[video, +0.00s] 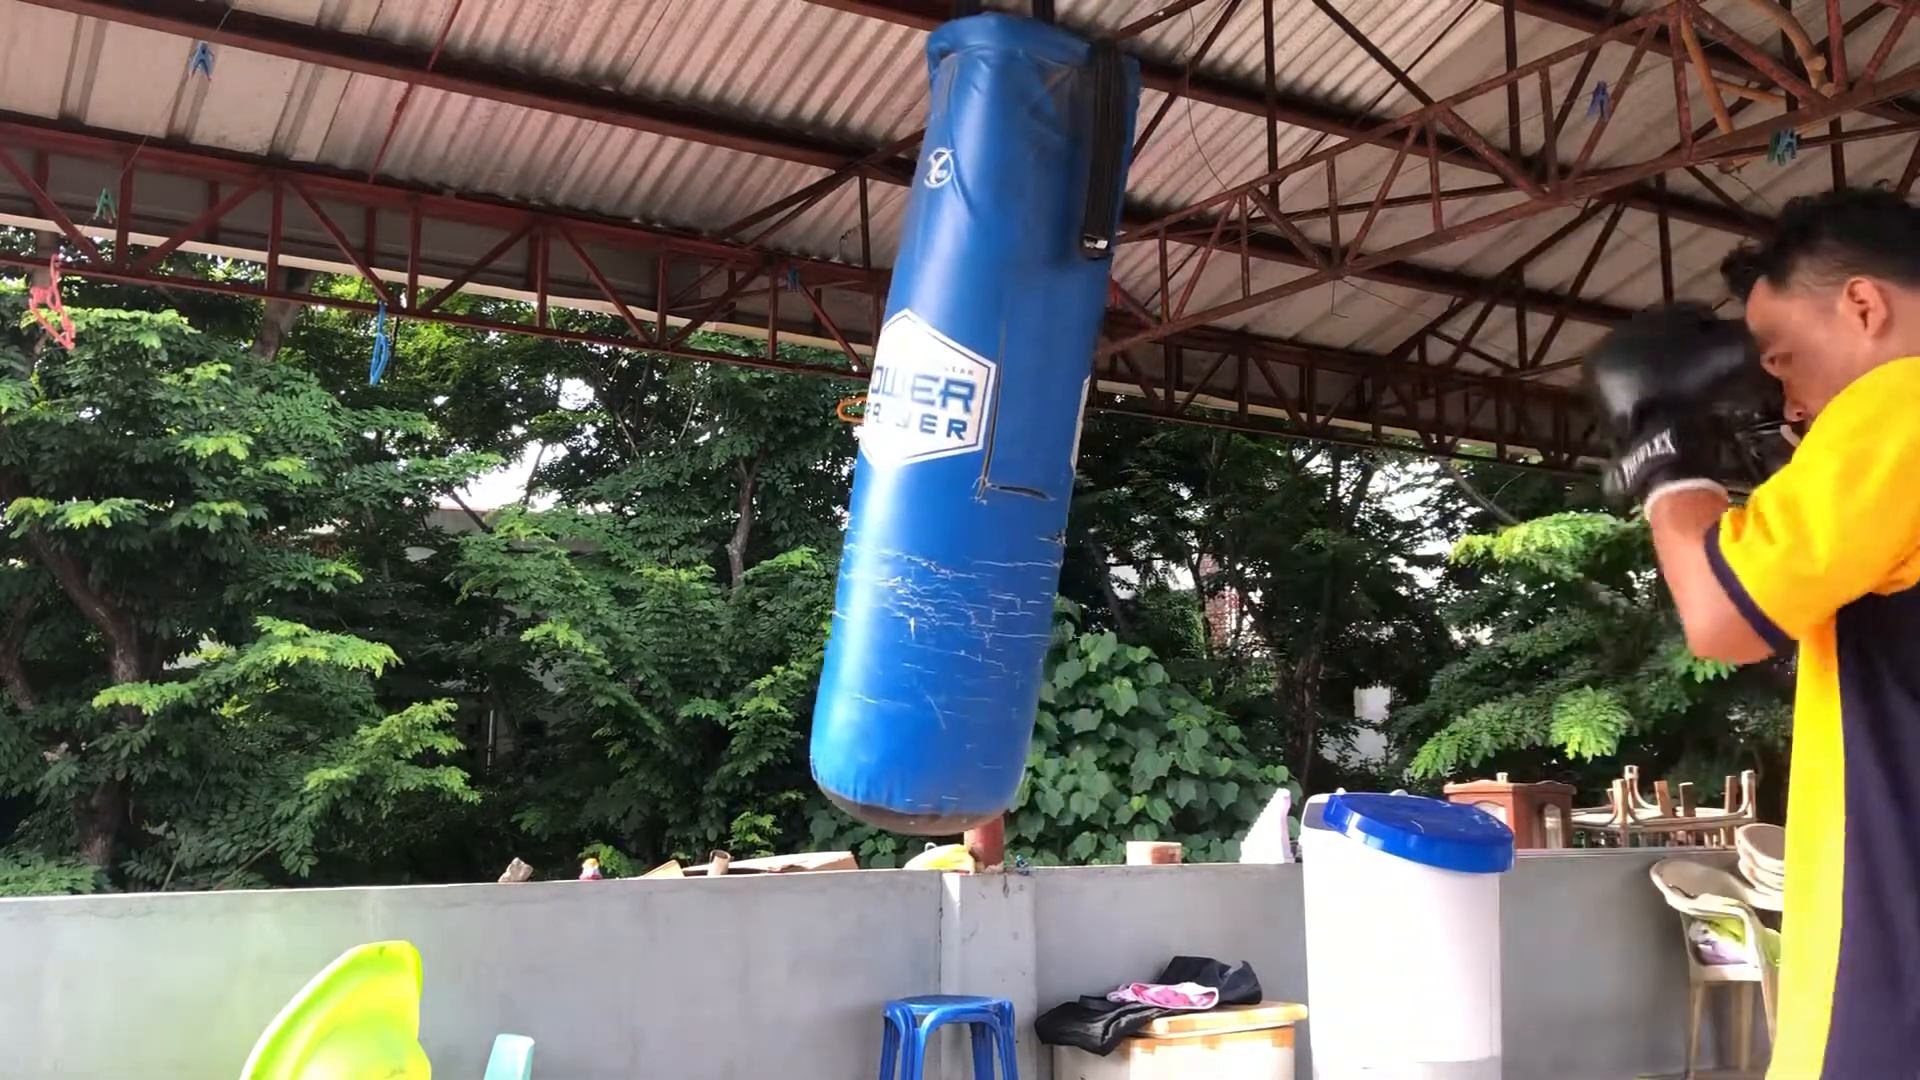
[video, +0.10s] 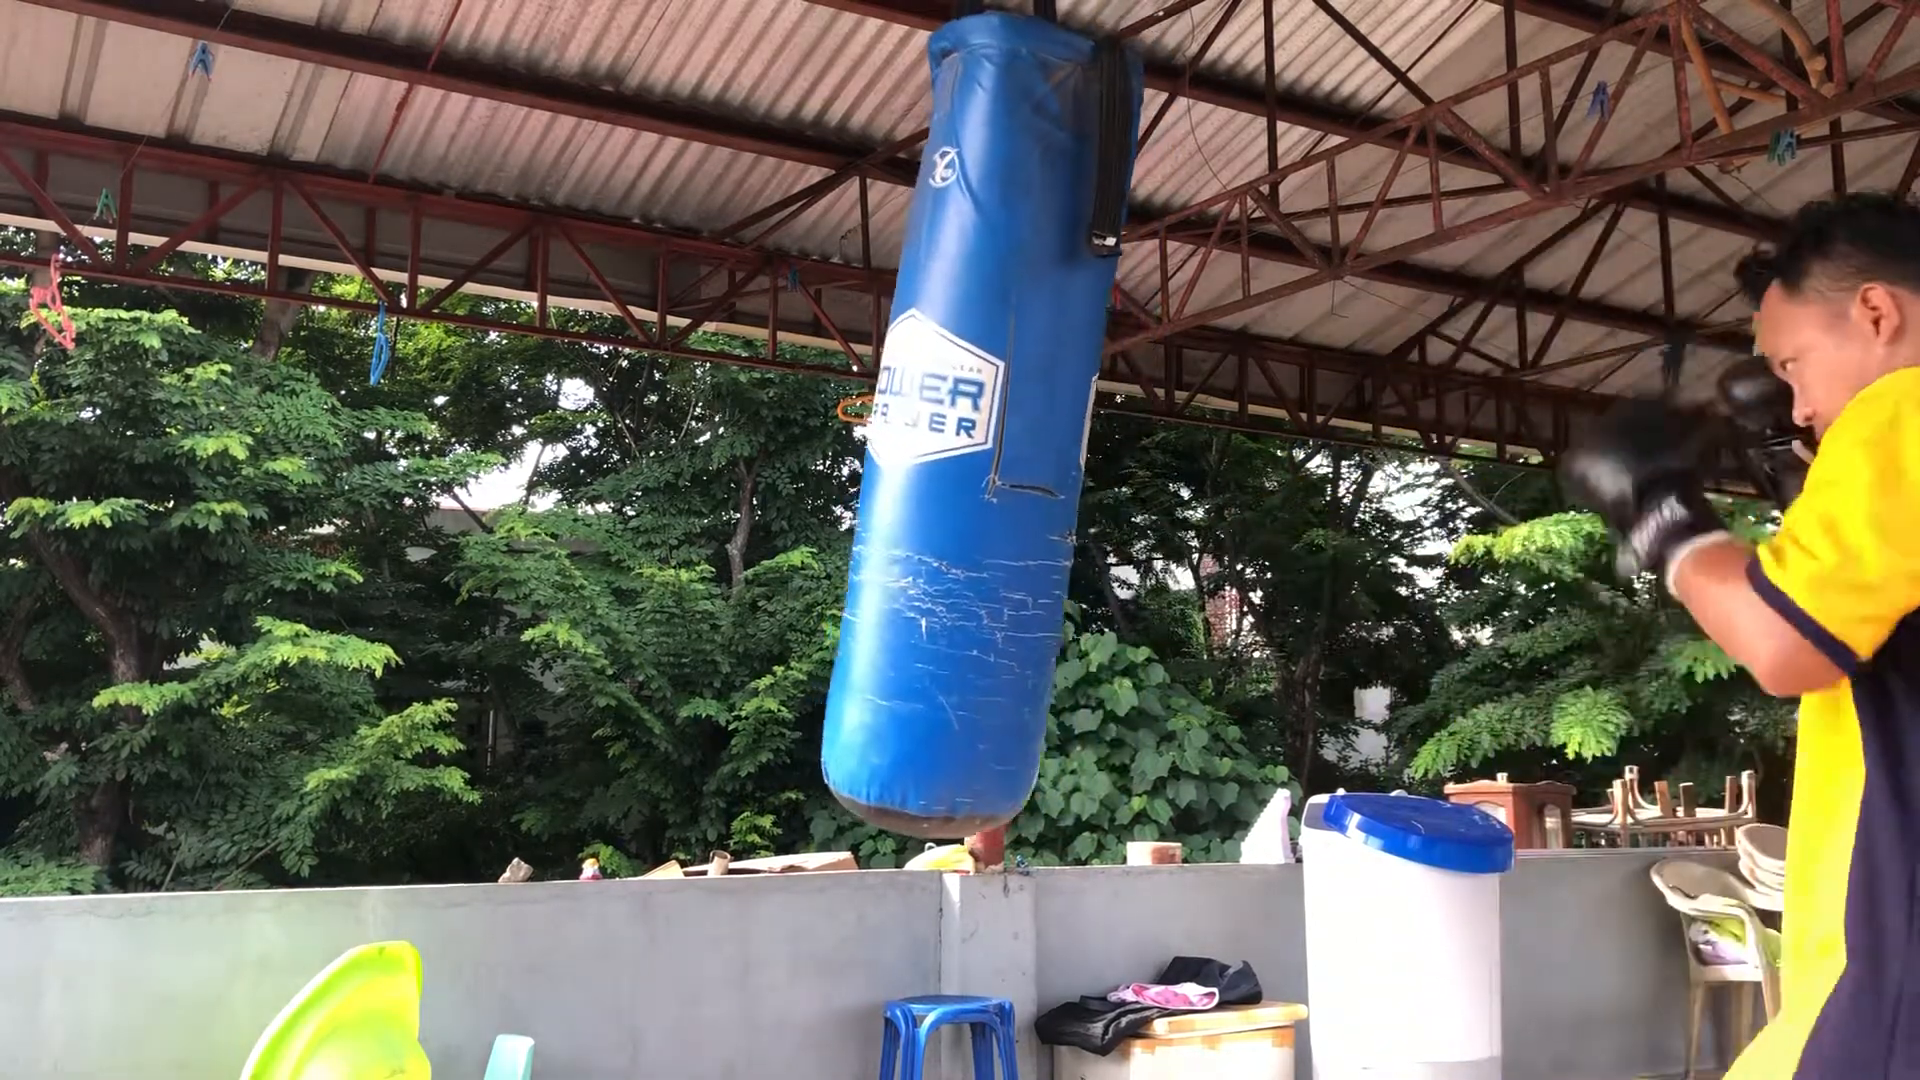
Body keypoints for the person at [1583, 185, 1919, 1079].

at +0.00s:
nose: (1789, 401)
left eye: (1784, 358)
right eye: (1775, 371)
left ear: (1862, 307)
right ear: (1869, 309)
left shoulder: (1900, 406)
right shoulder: (1889, 415)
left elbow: (1720, 611)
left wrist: (1661, 451)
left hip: (1880, 1014)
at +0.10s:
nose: (1796, 407)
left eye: (1795, 367)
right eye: (1783, 382)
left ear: (1879, 316)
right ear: (1883, 319)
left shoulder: (1900, 416)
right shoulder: (1893, 425)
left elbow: (1785, 644)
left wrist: (1663, 511)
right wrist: (1810, 474)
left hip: (1875, 1013)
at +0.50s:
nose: (1589, 412)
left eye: (1587, 388)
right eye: (1580, 393)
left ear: (1650, 347)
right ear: (1766, 346)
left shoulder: (1600, 462)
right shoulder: (1901, 451)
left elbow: (1361, 601)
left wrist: (1215, 615)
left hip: (1766, 1021)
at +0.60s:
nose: (1534, 417)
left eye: (1528, 393)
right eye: (1521, 398)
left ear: (1588, 344)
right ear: (1696, 328)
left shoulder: (1578, 447)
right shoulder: (1883, 452)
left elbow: (1387, 638)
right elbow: (1818, 750)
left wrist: (1237, 595)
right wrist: (1556, 803)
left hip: (1711, 1026)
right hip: (1904, 1025)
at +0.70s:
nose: (1537, 417)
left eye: (1528, 395)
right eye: (1522, 401)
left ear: (1581, 344)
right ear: (1688, 323)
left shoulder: (1589, 442)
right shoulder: (1861, 445)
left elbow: (1408, 644)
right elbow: (1801, 735)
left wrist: (1285, 541)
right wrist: (1561, 796)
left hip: (1701, 1017)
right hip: (1892, 1011)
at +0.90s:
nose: (1527, 421)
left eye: (1524, 390)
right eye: (1515, 396)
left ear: (1600, 357)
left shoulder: (1678, 451)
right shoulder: (1795, 446)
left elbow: (1475, 661)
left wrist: (1403, 475)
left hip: (1702, 1031)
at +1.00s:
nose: (1495, 441)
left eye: (1498, 411)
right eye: (1484, 417)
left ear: (1580, 378)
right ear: (1585, 375)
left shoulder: (1670, 478)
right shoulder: (1726, 448)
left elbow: (1525, 726)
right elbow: (1519, 608)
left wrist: (1388, 559)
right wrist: (1473, 442)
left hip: (1702, 1035)